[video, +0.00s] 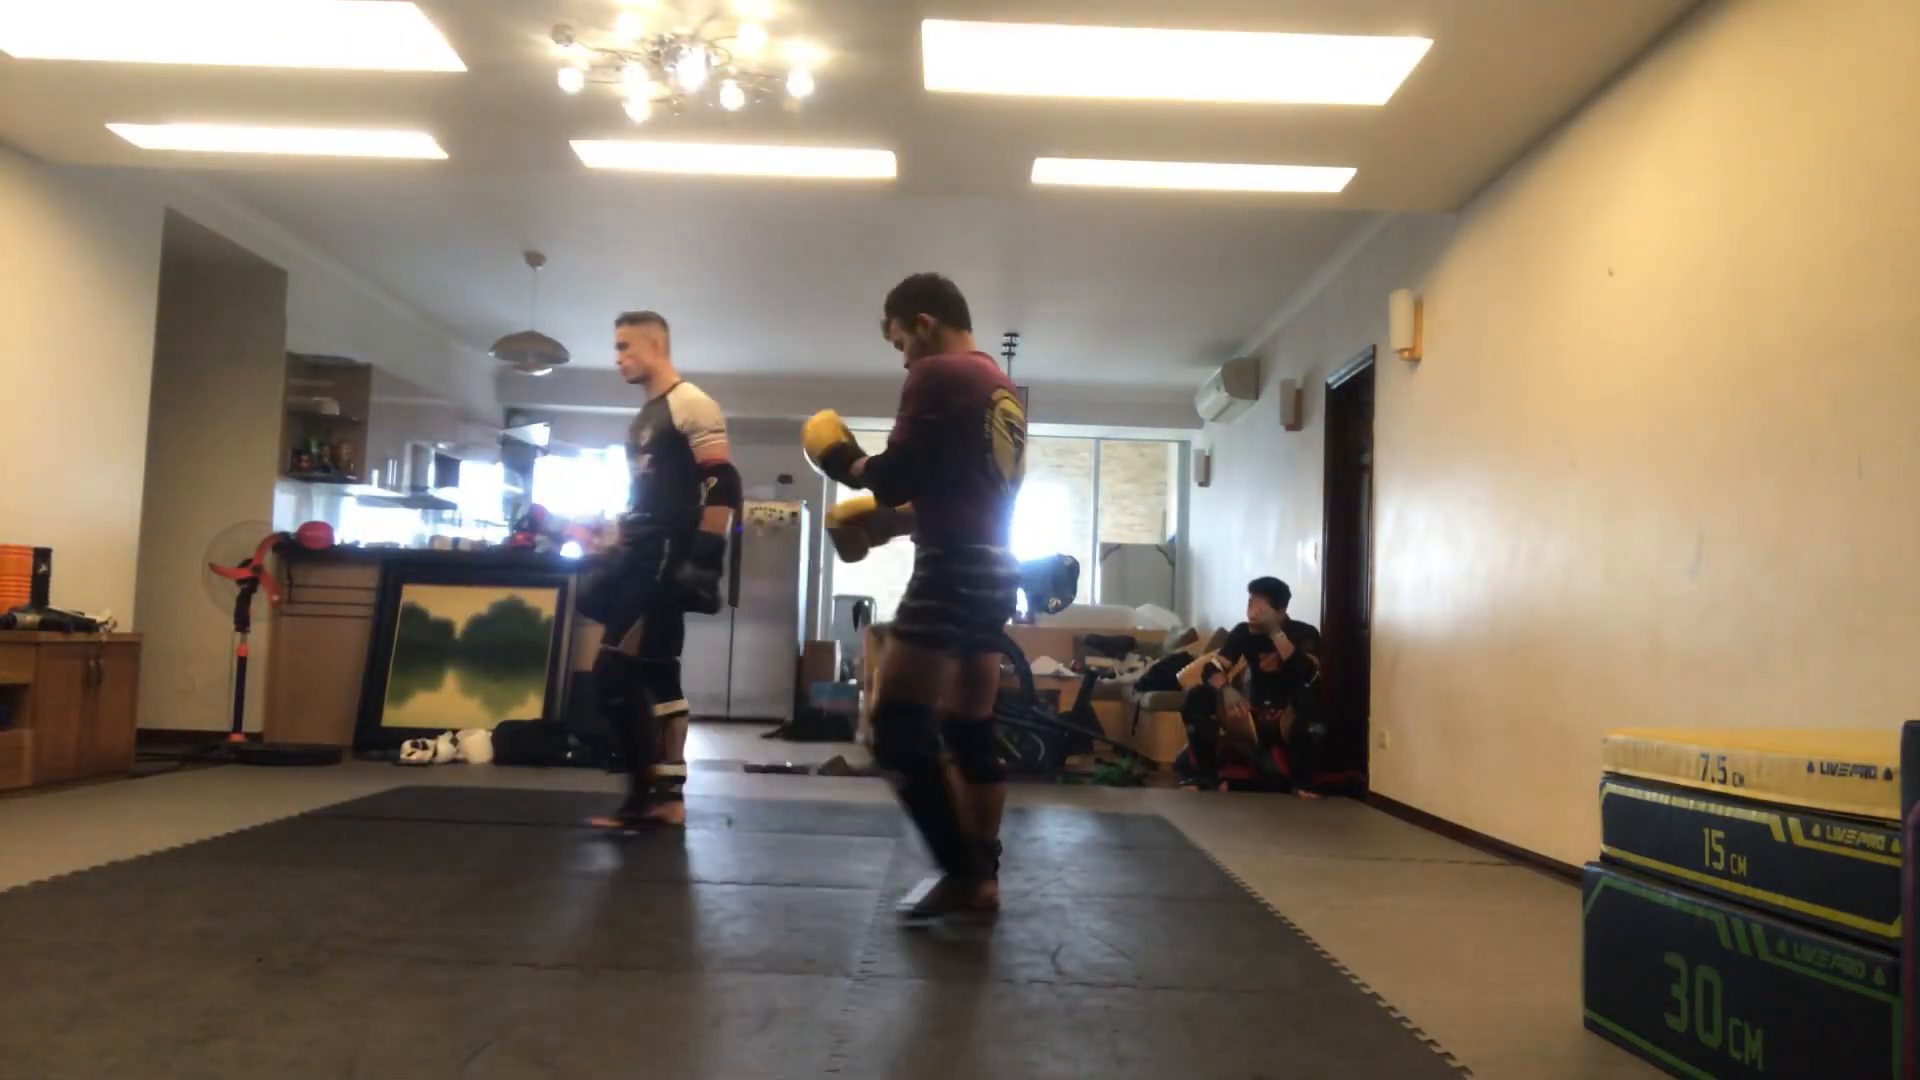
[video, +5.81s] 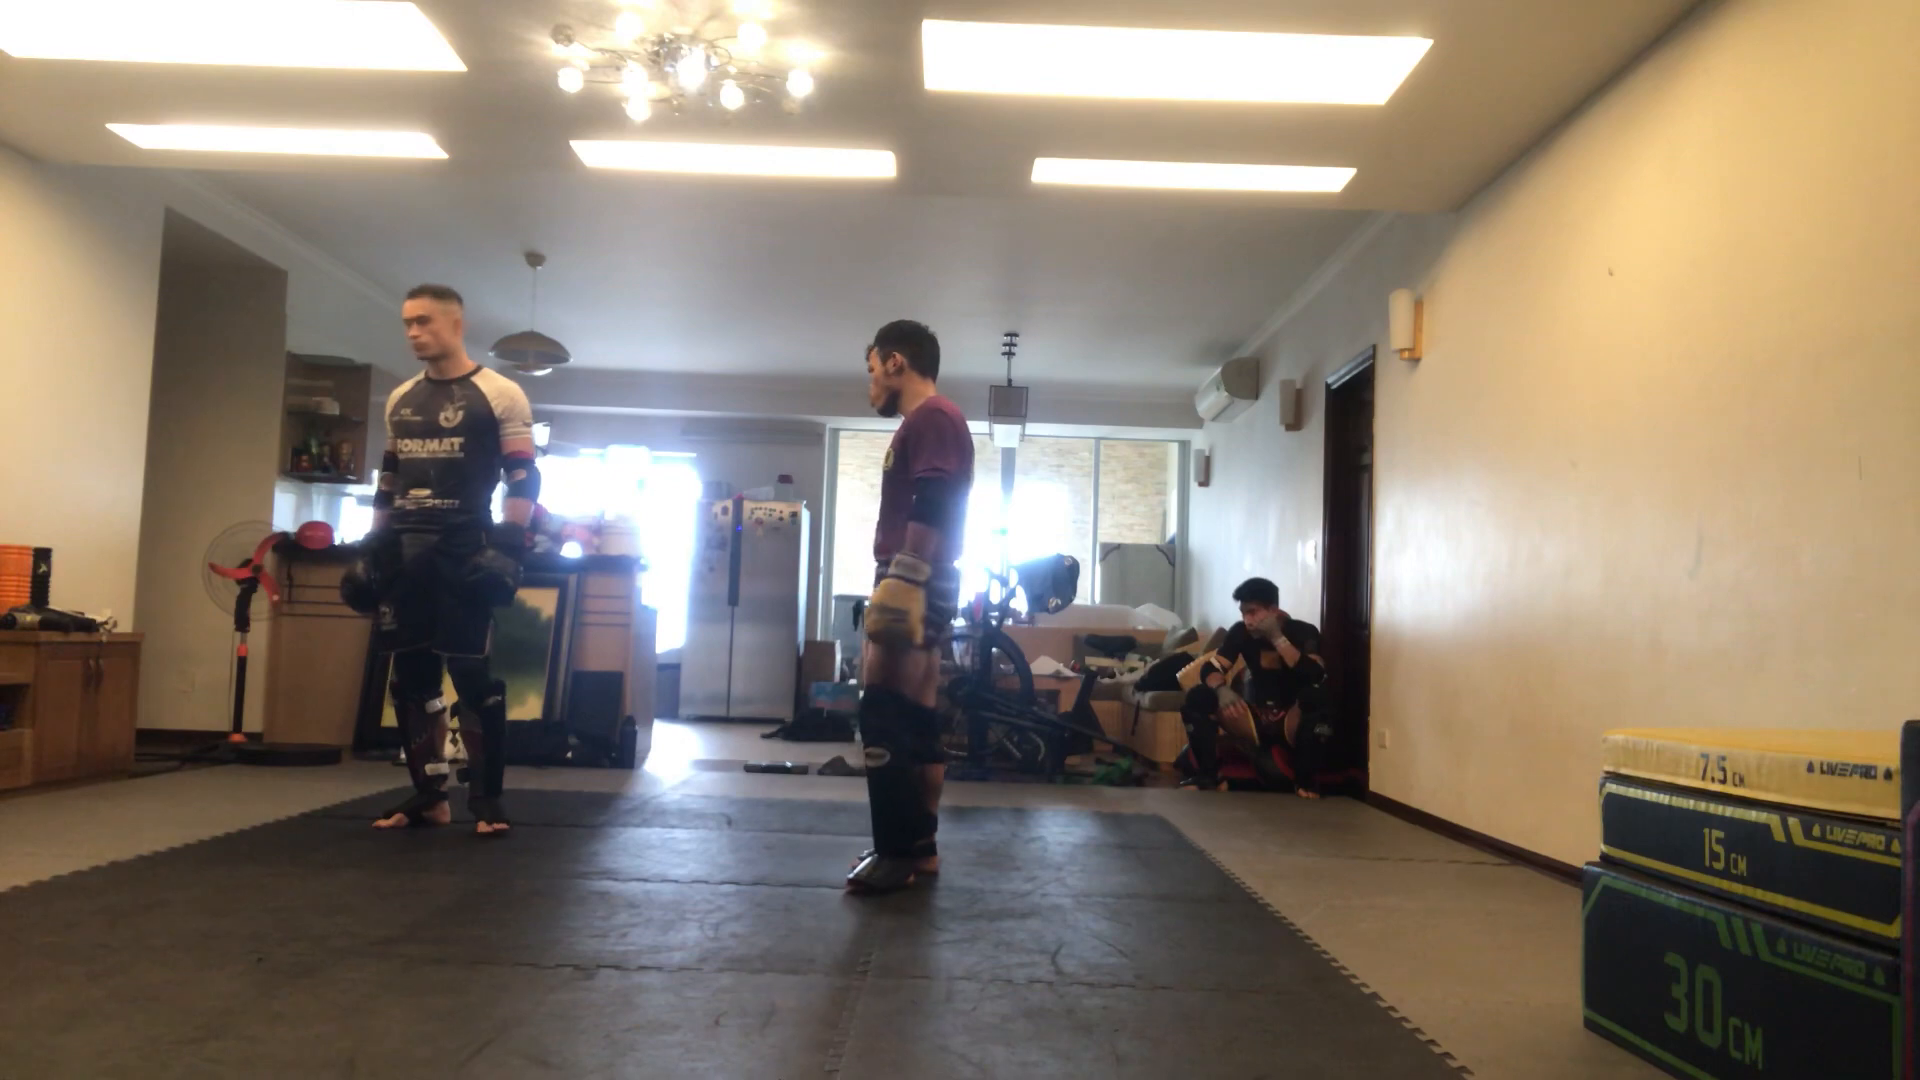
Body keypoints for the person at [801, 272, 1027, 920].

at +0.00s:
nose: (901, 354)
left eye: (899, 340)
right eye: (896, 342)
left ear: (924, 324)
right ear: (951, 326)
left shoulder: (935, 374)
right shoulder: (1000, 382)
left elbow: (897, 474)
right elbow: (965, 490)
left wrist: (841, 459)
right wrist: (880, 522)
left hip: (947, 568)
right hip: (992, 568)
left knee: (898, 723)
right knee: (971, 727)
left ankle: (960, 873)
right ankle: (979, 880)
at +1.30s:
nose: (921, 364)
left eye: (928, 348)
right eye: (912, 350)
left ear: (967, 333)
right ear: (908, 343)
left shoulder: (1005, 385)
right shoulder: (922, 395)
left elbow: (976, 487)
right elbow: (893, 476)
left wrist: (914, 532)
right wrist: (878, 510)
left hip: (977, 579)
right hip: (919, 580)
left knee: (974, 730)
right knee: (891, 725)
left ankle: (1015, 892)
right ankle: (896, 867)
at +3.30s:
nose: (915, 337)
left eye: (922, 323)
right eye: (915, 325)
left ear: (959, 324)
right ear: (964, 326)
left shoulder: (980, 379)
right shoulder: (977, 382)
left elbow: (994, 479)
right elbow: (992, 489)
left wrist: (944, 560)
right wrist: (944, 573)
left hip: (1003, 572)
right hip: (975, 573)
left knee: (997, 722)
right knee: (939, 718)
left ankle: (1016, 893)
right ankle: (953, 865)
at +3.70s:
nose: (904, 347)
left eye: (911, 333)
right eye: (905, 335)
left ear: (944, 333)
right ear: (956, 337)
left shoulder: (962, 383)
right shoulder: (980, 388)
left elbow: (966, 483)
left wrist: (912, 562)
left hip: (975, 569)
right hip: (990, 568)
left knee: (929, 717)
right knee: (963, 726)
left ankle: (930, 869)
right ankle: (956, 872)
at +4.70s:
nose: (850, 352)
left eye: (855, 338)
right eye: (851, 338)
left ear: (881, 341)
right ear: (904, 343)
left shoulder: (910, 414)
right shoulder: (927, 408)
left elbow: (885, 531)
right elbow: (901, 526)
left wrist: (841, 609)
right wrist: (854, 601)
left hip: (900, 591)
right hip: (913, 588)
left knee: (876, 726)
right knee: (872, 716)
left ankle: (877, 870)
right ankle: (924, 823)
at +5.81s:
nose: (868, 379)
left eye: (871, 367)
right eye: (868, 368)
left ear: (895, 362)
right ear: (913, 364)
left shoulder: (932, 419)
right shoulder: (933, 420)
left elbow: (928, 511)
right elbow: (926, 514)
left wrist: (900, 587)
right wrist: (899, 588)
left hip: (909, 590)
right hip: (926, 591)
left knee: (883, 720)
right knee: (919, 724)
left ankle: (897, 852)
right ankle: (918, 846)